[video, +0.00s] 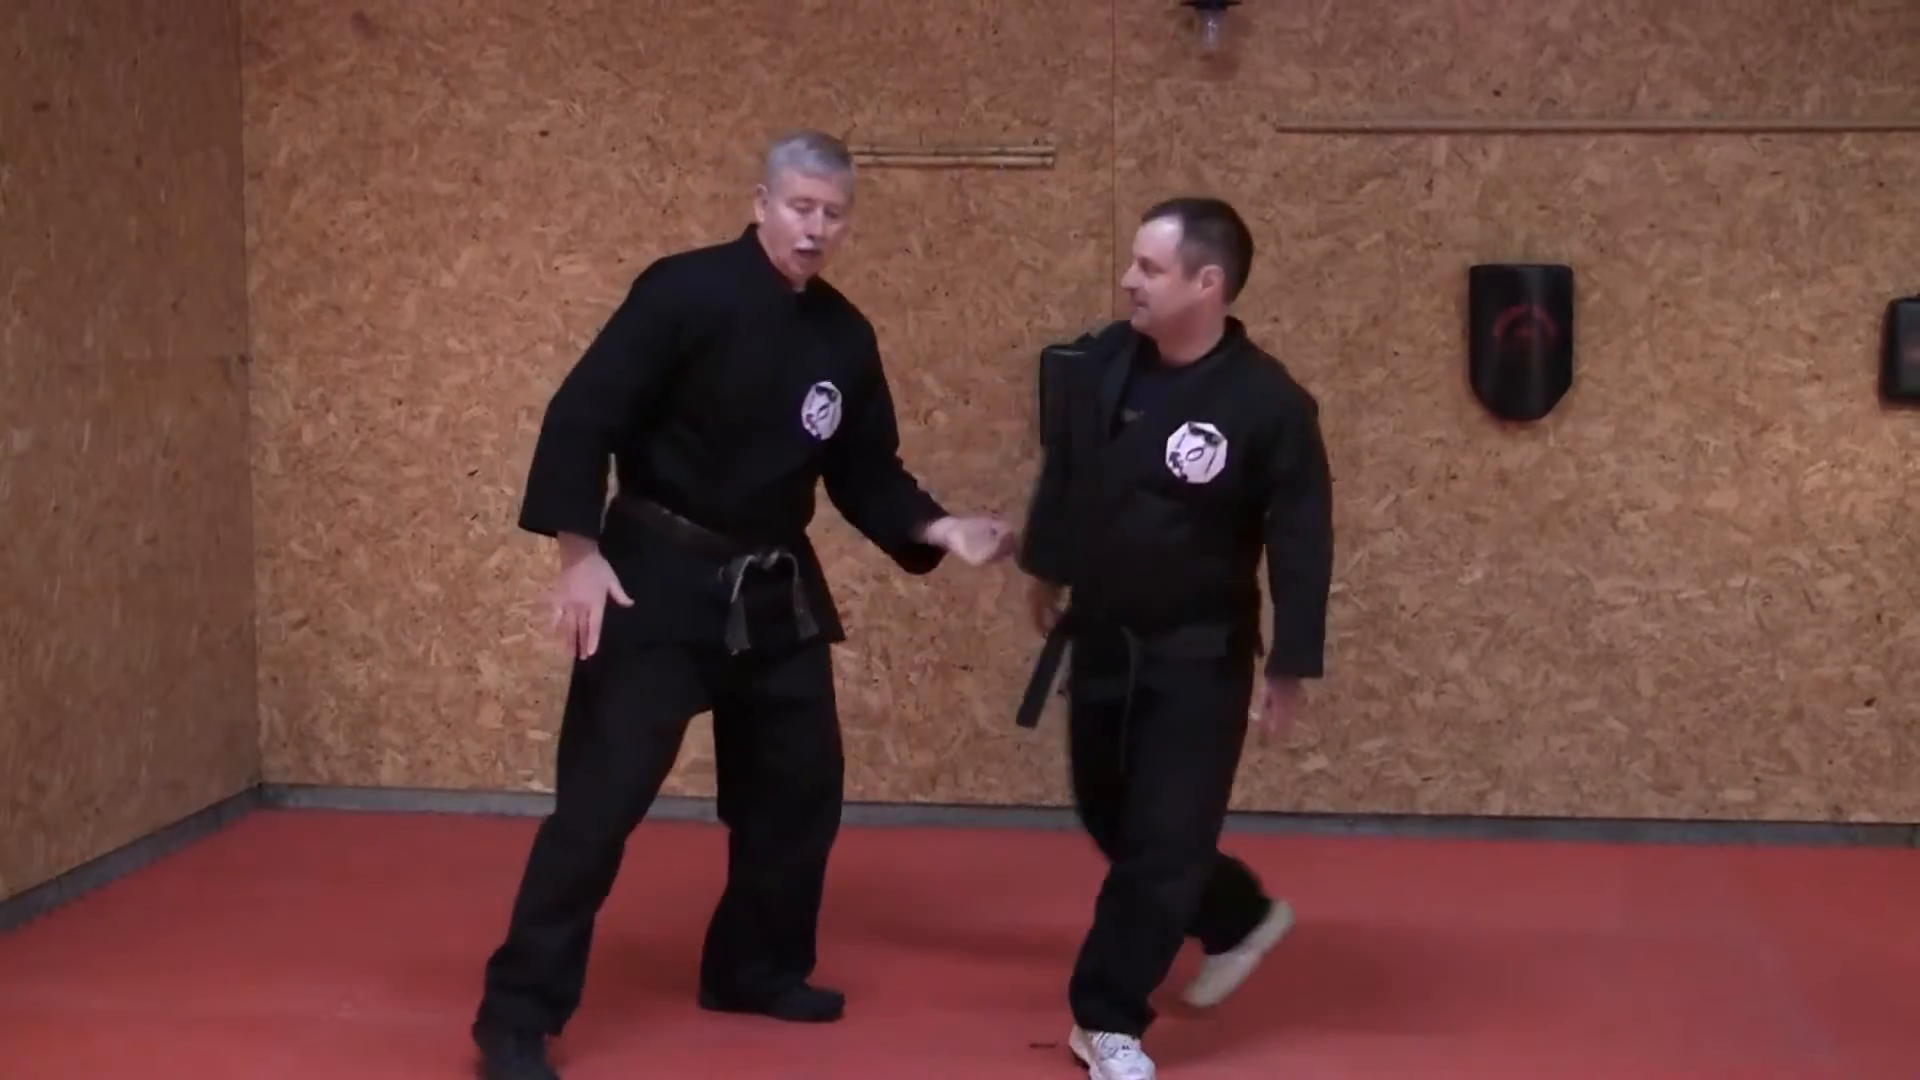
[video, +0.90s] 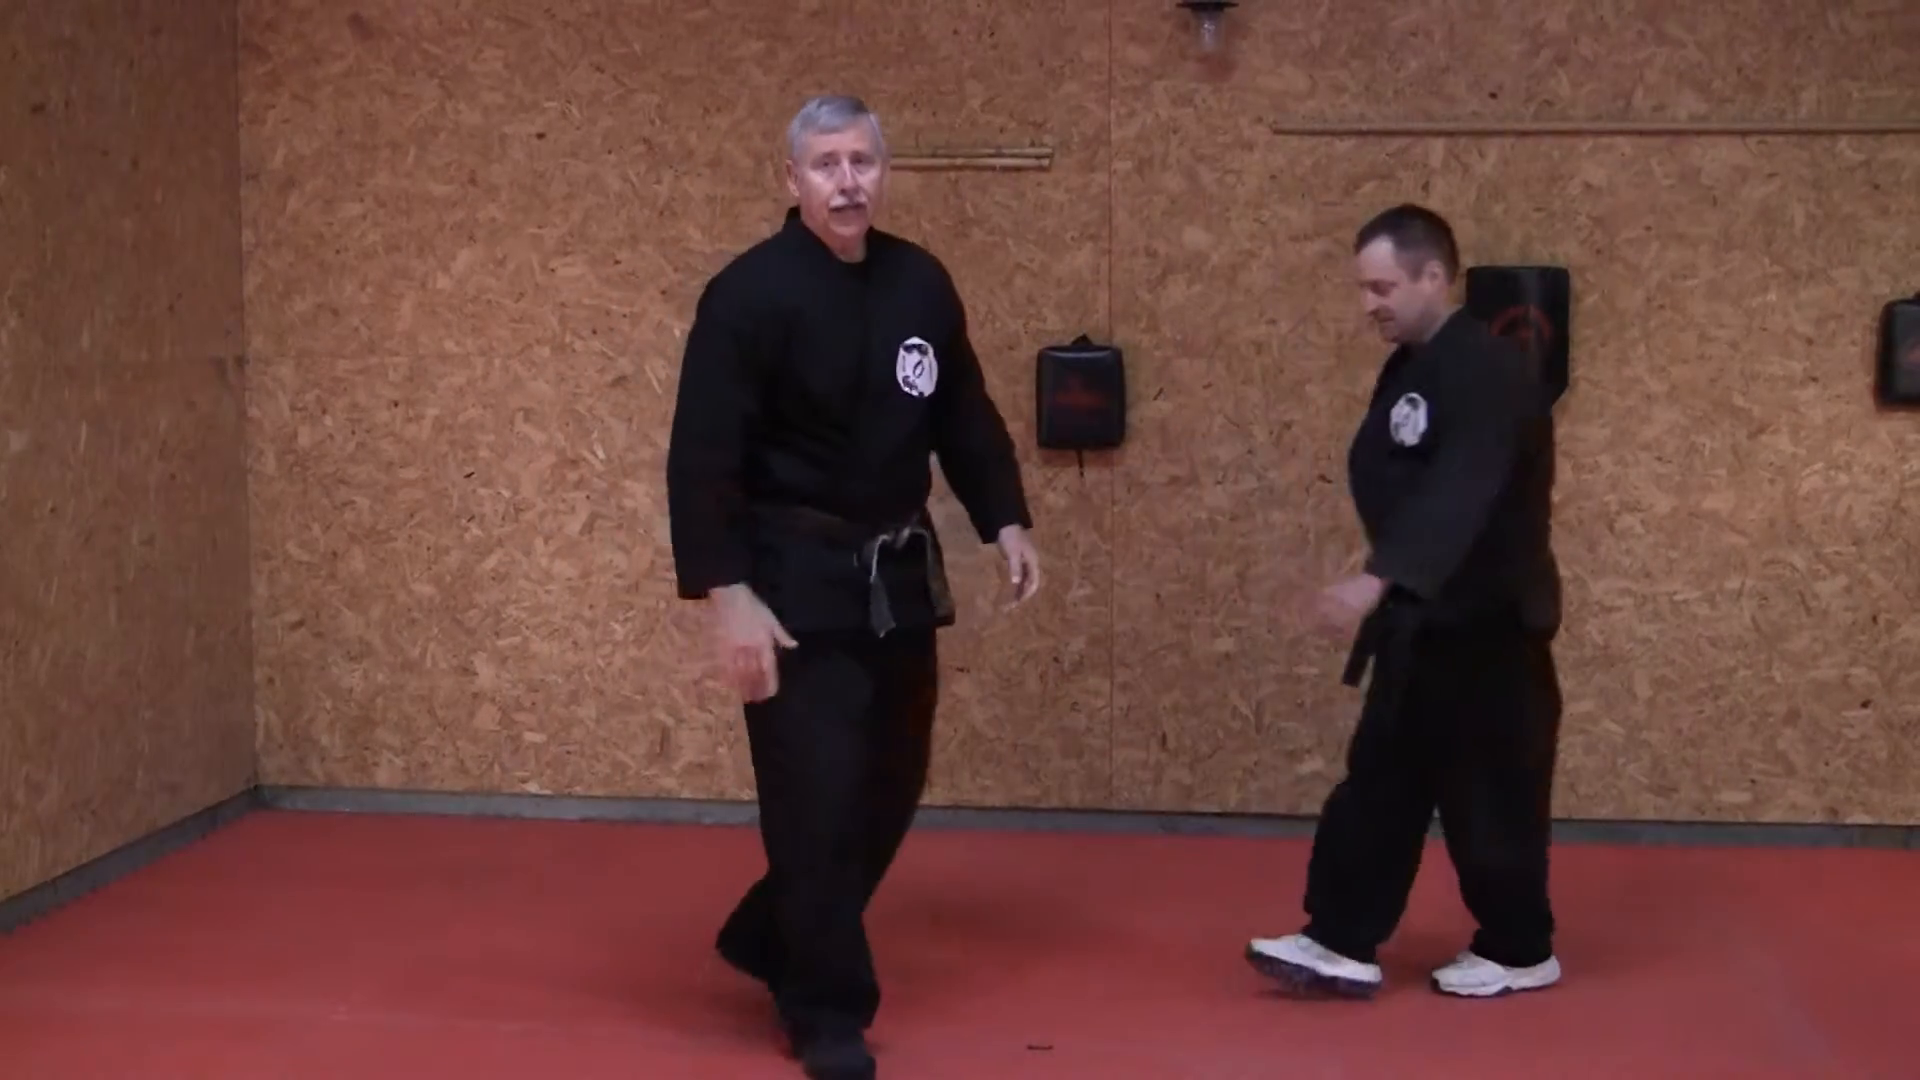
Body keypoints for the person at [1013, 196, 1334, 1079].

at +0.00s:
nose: (1129, 281)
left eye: (1149, 269)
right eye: (1131, 264)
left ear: (1209, 284)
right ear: (1166, 278)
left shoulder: (1270, 405)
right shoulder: (1093, 367)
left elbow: (1300, 541)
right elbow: (1062, 471)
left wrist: (1290, 662)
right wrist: (1044, 569)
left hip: (1200, 650)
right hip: (1103, 639)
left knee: (1167, 837)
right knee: (1109, 811)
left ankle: (1107, 1019)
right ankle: (1239, 915)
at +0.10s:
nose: (1144, 283)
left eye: (1161, 269)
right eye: (1146, 266)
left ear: (1220, 281)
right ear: (1201, 279)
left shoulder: (1288, 402)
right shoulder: (1145, 375)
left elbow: (1315, 541)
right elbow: (1119, 492)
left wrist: (1283, 658)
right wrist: (1100, 590)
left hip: (1226, 655)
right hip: (1146, 642)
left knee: (1178, 832)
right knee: (1195, 816)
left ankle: (1111, 1017)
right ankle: (1305, 945)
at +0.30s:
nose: (1176, 290)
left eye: (1191, 275)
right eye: (1175, 274)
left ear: (1248, 277)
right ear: (1228, 280)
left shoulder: (1319, 378)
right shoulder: (1209, 380)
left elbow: (1339, 516)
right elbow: (1209, 509)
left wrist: (1321, 636)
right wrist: (1196, 619)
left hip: (1283, 634)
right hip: (1220, 632)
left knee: (1236, 808)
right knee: (1271, 804)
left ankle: (1205, 1004)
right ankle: (1323, 969)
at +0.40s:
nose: (1201, 287)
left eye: (1212, 270)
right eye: (1198, 270)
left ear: (1270, 265)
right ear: (1254, 270)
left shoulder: (1335, 358)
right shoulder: (1246, 364)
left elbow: (1352, 486)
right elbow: (1255, 492)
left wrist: (1330, 607)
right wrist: (1233, 605)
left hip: (1313, 609)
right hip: (1256, 607)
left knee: (1276, 794)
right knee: (1249, 791)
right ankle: (1299, 964)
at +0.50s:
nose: (1229, 286)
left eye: (1241, 268)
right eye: (1225, 270)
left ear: (1296, 262)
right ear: (1287, 266)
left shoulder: (1354, 349)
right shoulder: (1281, 357)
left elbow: (1366, 460)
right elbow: (1287, 479)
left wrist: (1329, 566)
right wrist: (1264, 592)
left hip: (1352, 598)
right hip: (1288, 598)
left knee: (1320, 787)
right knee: (1269, 789)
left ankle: (1412, 914)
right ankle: (1319, 967)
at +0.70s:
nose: (1295, 300)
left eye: (1307, 282)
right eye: (1290, 285)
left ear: (1360, 273)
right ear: (1347, 280)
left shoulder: (1411, 361)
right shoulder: (1352, 367)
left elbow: (1393, 466)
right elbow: (1341, 481)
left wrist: (1322, 540)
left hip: (1410, 625)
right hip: (1352, 621)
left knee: (1427, 791)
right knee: (1321, 795)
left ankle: (1510, 936)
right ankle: (1323, 965)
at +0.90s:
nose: (1370, 306)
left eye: (1382, 288)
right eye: (1364, 291)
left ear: (1434, 277)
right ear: (1407, 285)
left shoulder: (1487, 367)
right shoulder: (1412, 368)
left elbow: (1465, 492)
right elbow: (1419, 489)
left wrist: (1380, 577)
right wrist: (1394, 572)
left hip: (1492, 620)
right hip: (1423, 616)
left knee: (1495, 788)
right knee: (1380, 784)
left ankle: (1518, 948)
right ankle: (1341, 939)